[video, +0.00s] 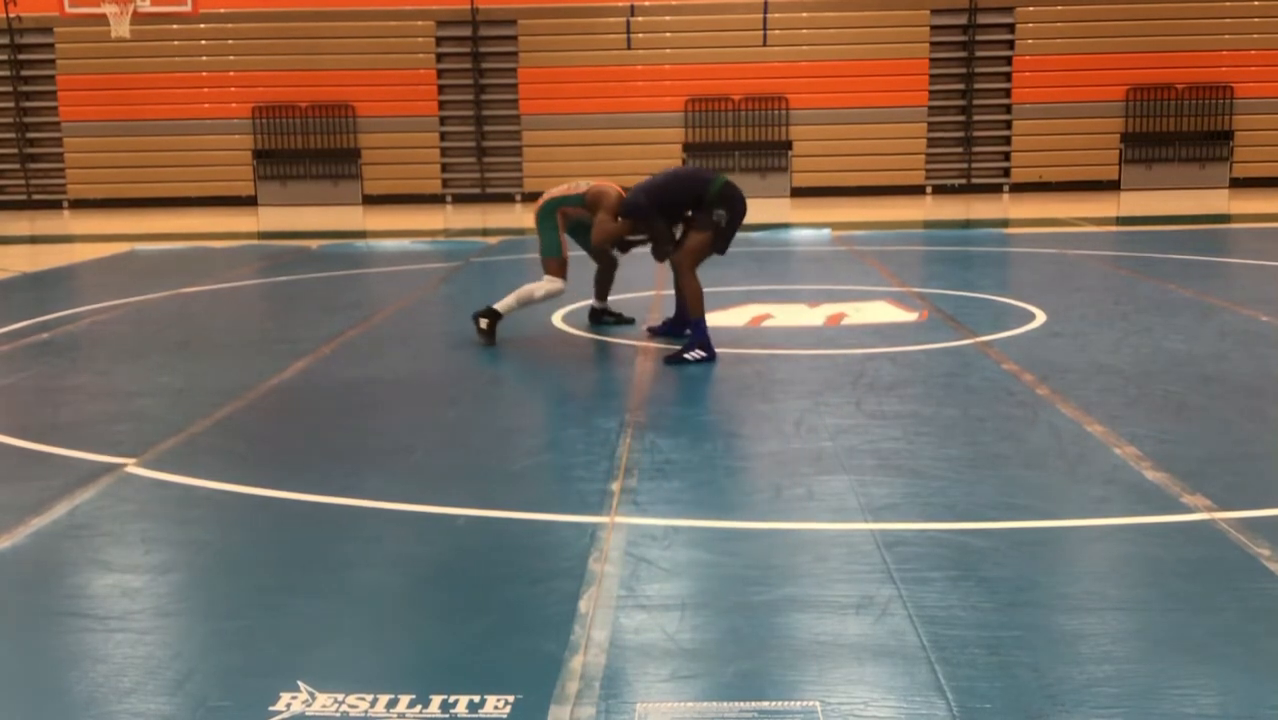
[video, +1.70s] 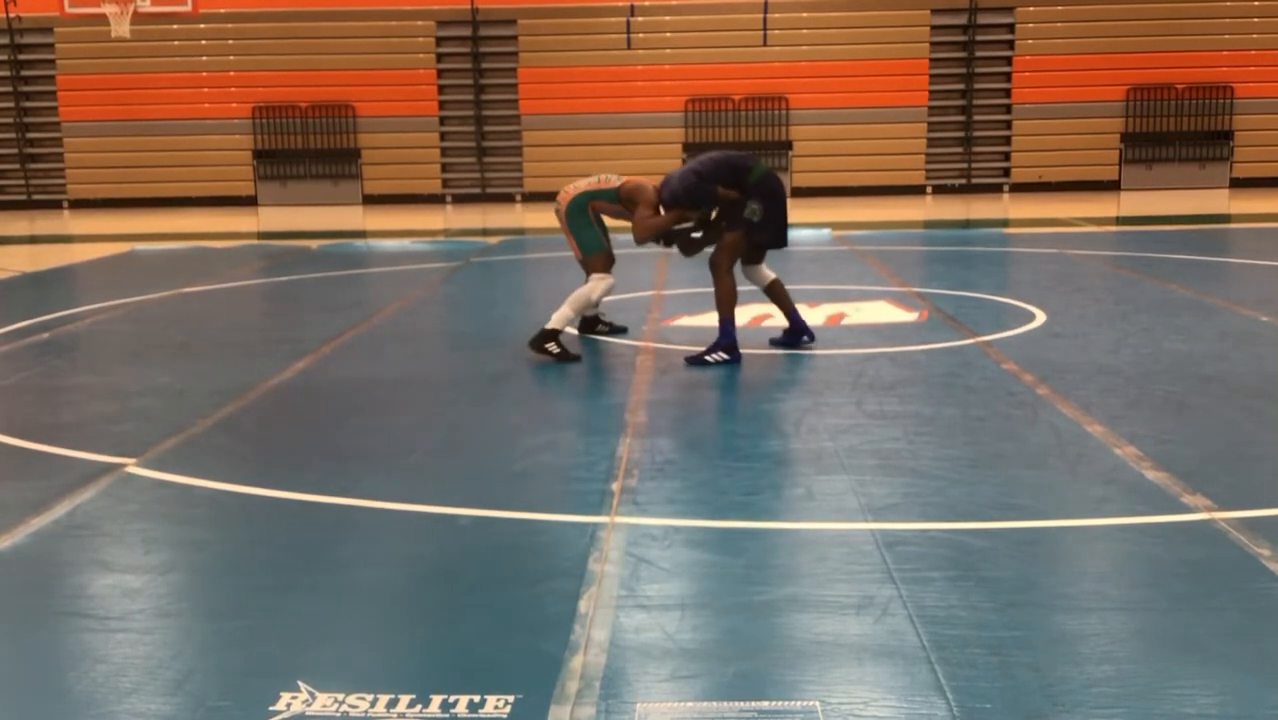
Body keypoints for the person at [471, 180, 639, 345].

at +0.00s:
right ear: (640, 214)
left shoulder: (623, 204)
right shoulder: (611, 198)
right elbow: (598, 241)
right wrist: (633, 225)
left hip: (574, 215)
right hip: (551, 209)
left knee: (608, 264)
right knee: (554, 284)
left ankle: (599, 310)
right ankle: (490, 315)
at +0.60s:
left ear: (640, 192)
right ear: (643, 200)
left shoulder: (625, 200)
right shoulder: (619, 196)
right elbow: (615, 232)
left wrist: (670, 233)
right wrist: (650, 217)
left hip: (559, 213)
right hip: (541, 211)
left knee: (591, 258)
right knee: (562, 288)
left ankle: (589, 319)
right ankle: (494, 328)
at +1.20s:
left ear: (660, 178)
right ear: (665, 183)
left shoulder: (641, 185)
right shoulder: (641, 181)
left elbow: (633, 219)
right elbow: (632, 218)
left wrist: (666, 212)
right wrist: (669, 206)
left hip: (583, 197)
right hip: (566, 193)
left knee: (602, 257)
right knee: (578, 268)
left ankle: (590, 319)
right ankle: (512, 314)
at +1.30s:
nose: (684, 208)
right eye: (686, 201)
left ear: (669, 179)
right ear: (677, 192)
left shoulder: (655, 190)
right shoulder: (649, 185)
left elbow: (670, 247)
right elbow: (642, 226)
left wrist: (697, 236)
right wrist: (679, 210)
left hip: (583, 198)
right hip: (569, 196)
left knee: (603, 260)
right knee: (593, 268)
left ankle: (590, 319)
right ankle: (543, 326)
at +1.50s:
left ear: (671, 190)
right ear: (678, 197)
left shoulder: (655, 200)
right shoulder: (651, 197)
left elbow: (679, 247)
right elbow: (651, 241)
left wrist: (704, 236)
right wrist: (685, 221)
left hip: (580, 206)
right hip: (573, 208)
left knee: (603, 266)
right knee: (605, 281)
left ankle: (589, 320)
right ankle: (548, 335)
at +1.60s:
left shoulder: (653, 199)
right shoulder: (651, 198)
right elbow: (648, 240)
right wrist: (683, 219)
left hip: (583, 205)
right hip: (573, 206)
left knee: (603, 264)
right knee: (604, 279)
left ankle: (589, 320)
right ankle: (548, 334)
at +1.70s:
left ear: (668, 188)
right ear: (674, 199)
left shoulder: (651, 194)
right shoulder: (647, 194)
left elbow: (643, 230)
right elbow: (640, 235)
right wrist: (678, 216)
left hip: (583, 205)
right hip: (574, 206)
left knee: (604, 262)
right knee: (602, 280)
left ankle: (590, 319)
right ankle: (547, 335)